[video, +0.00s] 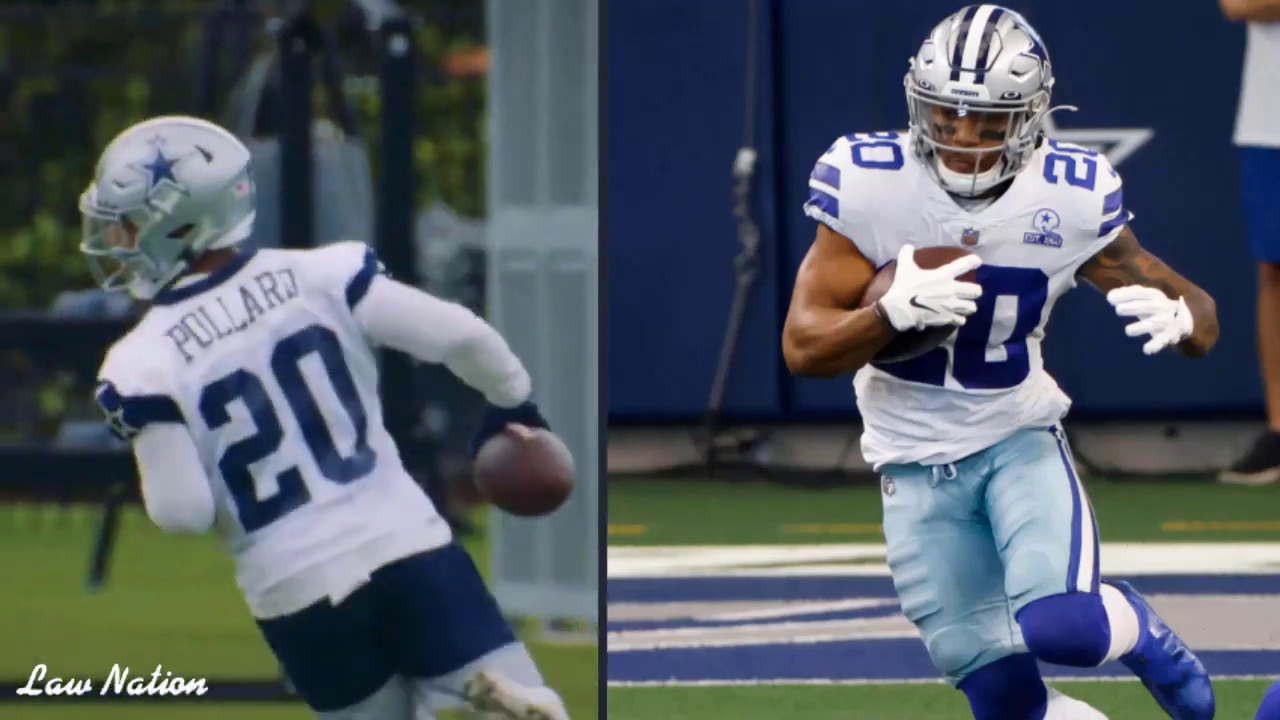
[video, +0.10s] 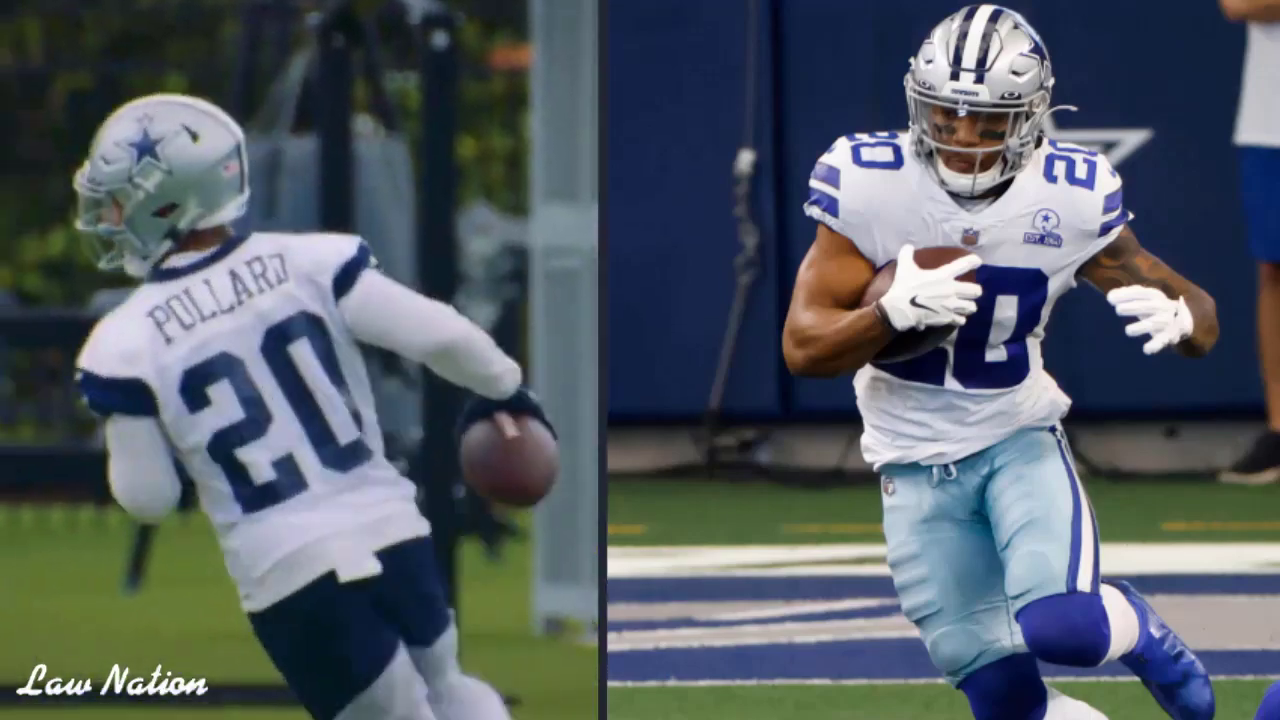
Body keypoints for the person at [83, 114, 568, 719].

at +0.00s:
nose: (111, 243)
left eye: (119, 227)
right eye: (111, 226)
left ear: (160, 230)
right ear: (231, 208)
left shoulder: (141, 360)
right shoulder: (321, 273)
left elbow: (184, 511)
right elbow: (459, 333)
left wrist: (150, 440)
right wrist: (519, 408)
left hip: (302, 603)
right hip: (411, 550)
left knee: (390, 707)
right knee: (527, 695)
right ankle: (507, 699)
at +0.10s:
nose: (107, 220)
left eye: (114, 204)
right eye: (106, 204)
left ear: (145, 209)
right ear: (229, 186)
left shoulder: (125, 340)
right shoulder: (310, 259)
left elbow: (146, 497)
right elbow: (440, 335)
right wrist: (511, 393)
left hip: (291, 582)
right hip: (396, 538)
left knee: (402, 712)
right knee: (446, 683)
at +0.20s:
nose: (94, 170)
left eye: (102, 154)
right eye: (93, 154)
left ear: (137, 156)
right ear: (216, 139)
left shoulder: (93, 283)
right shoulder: (298, 222)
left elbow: (88, 440)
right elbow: (408, 325)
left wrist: (98, 346)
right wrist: (467, 369)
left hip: (272, 531)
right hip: (373, 484)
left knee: (396, 692)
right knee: (359, 680)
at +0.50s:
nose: (290, 152)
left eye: (308, 134)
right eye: (289, 132)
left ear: (364, 133)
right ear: (404, 131)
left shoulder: (344, 244)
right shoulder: (475, 200)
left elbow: (419, 349)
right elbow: (554, 322)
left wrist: (362, 442)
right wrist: (451, 326)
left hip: (444, 549)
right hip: (559, 513)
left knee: (405, 708)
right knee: (600, 698)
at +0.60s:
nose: (285, 132)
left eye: (307, 115)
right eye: (285, 111)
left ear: (368, 118)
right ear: (393, 119)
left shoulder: (345, 239)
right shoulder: (456, 176)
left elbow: (443, 352)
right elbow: (545, 290)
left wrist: (363, 435)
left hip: (446, 539)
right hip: (557, 496)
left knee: (436, 703)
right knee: (607, 697)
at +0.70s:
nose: (337, 169)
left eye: (360, 153)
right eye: (339, 147)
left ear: (420, 160)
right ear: (440, 160)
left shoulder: (397, 292)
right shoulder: (521, 222)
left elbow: (474, 433)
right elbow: (606, 303)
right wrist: (566, 399)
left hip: (502, 570)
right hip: (583, 542)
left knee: (489, 704)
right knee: (562, 695)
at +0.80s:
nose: (355, 161)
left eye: (378, 146)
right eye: (359, 140)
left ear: (442, 157)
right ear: (469, 156)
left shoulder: (408, 290)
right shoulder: (569, 229)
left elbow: (446, 456)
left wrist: (360, 462)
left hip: (539, 584)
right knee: (483, 705)